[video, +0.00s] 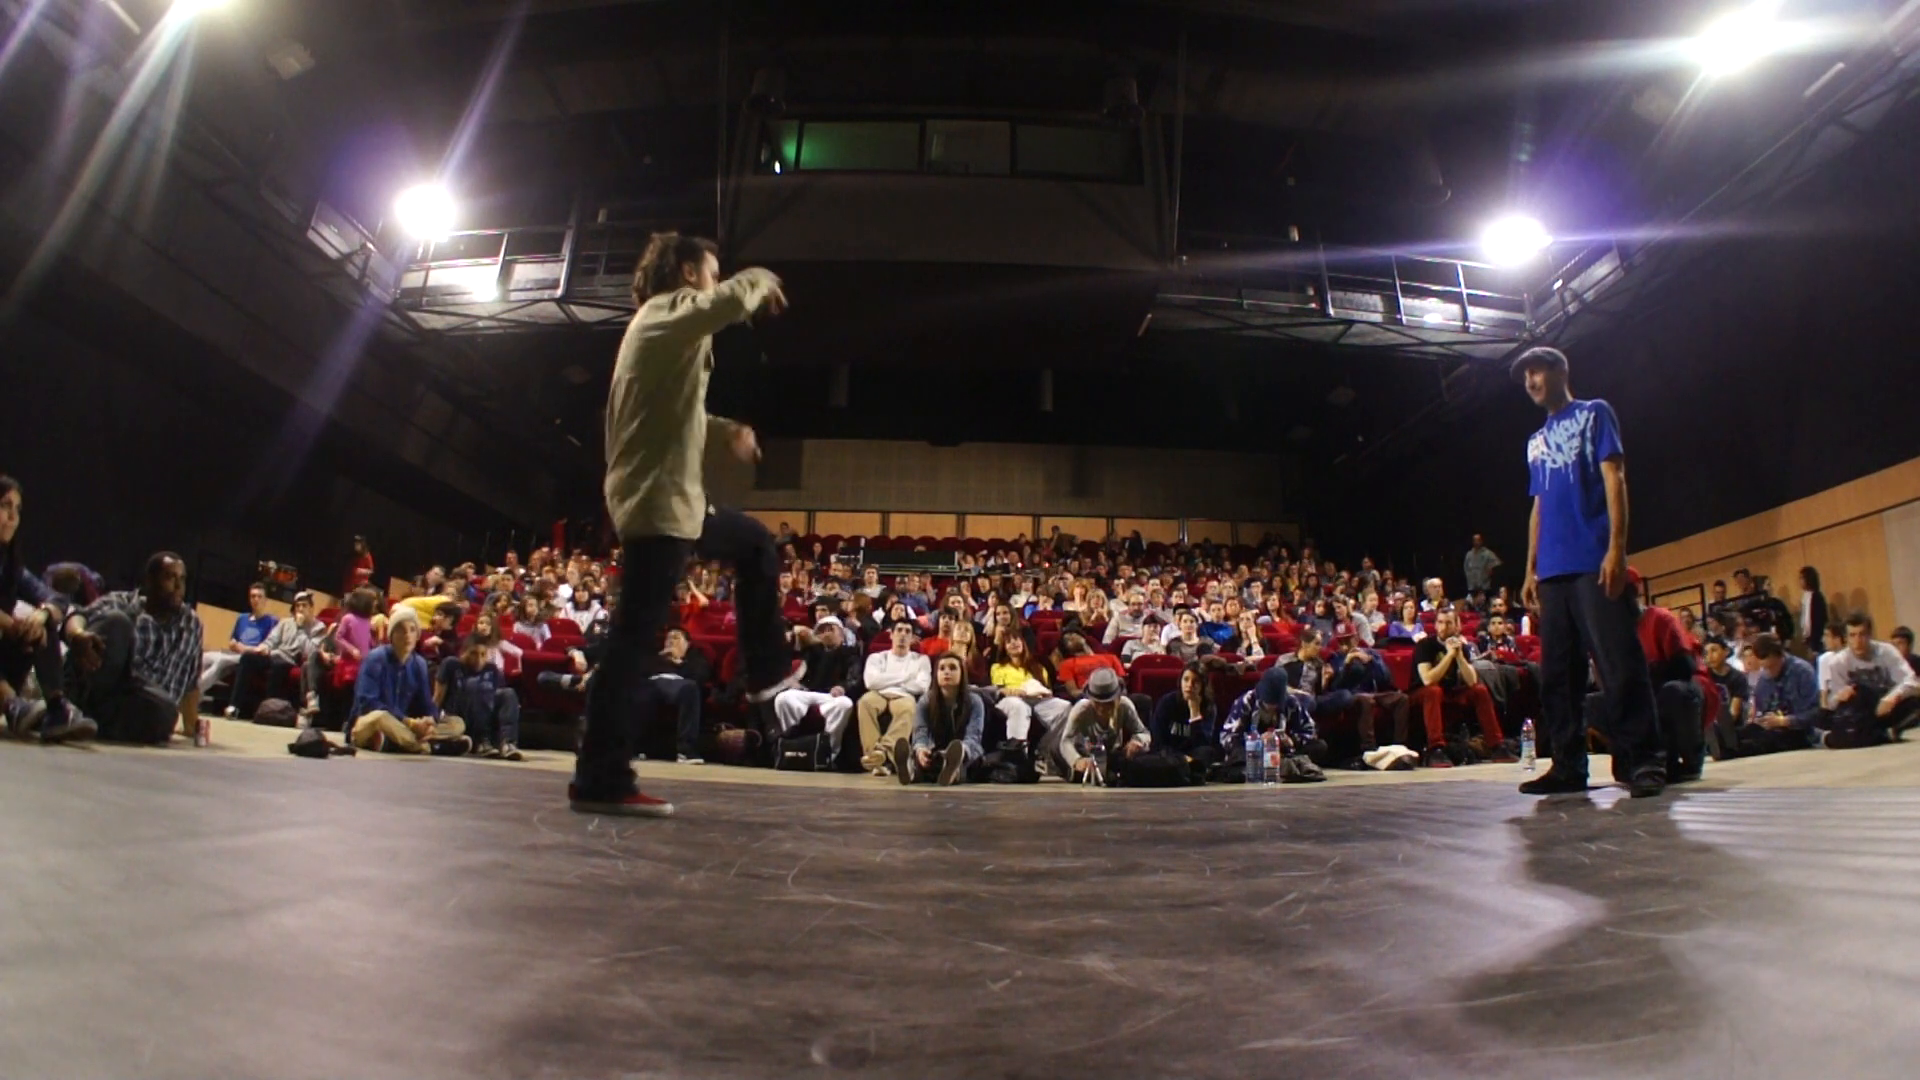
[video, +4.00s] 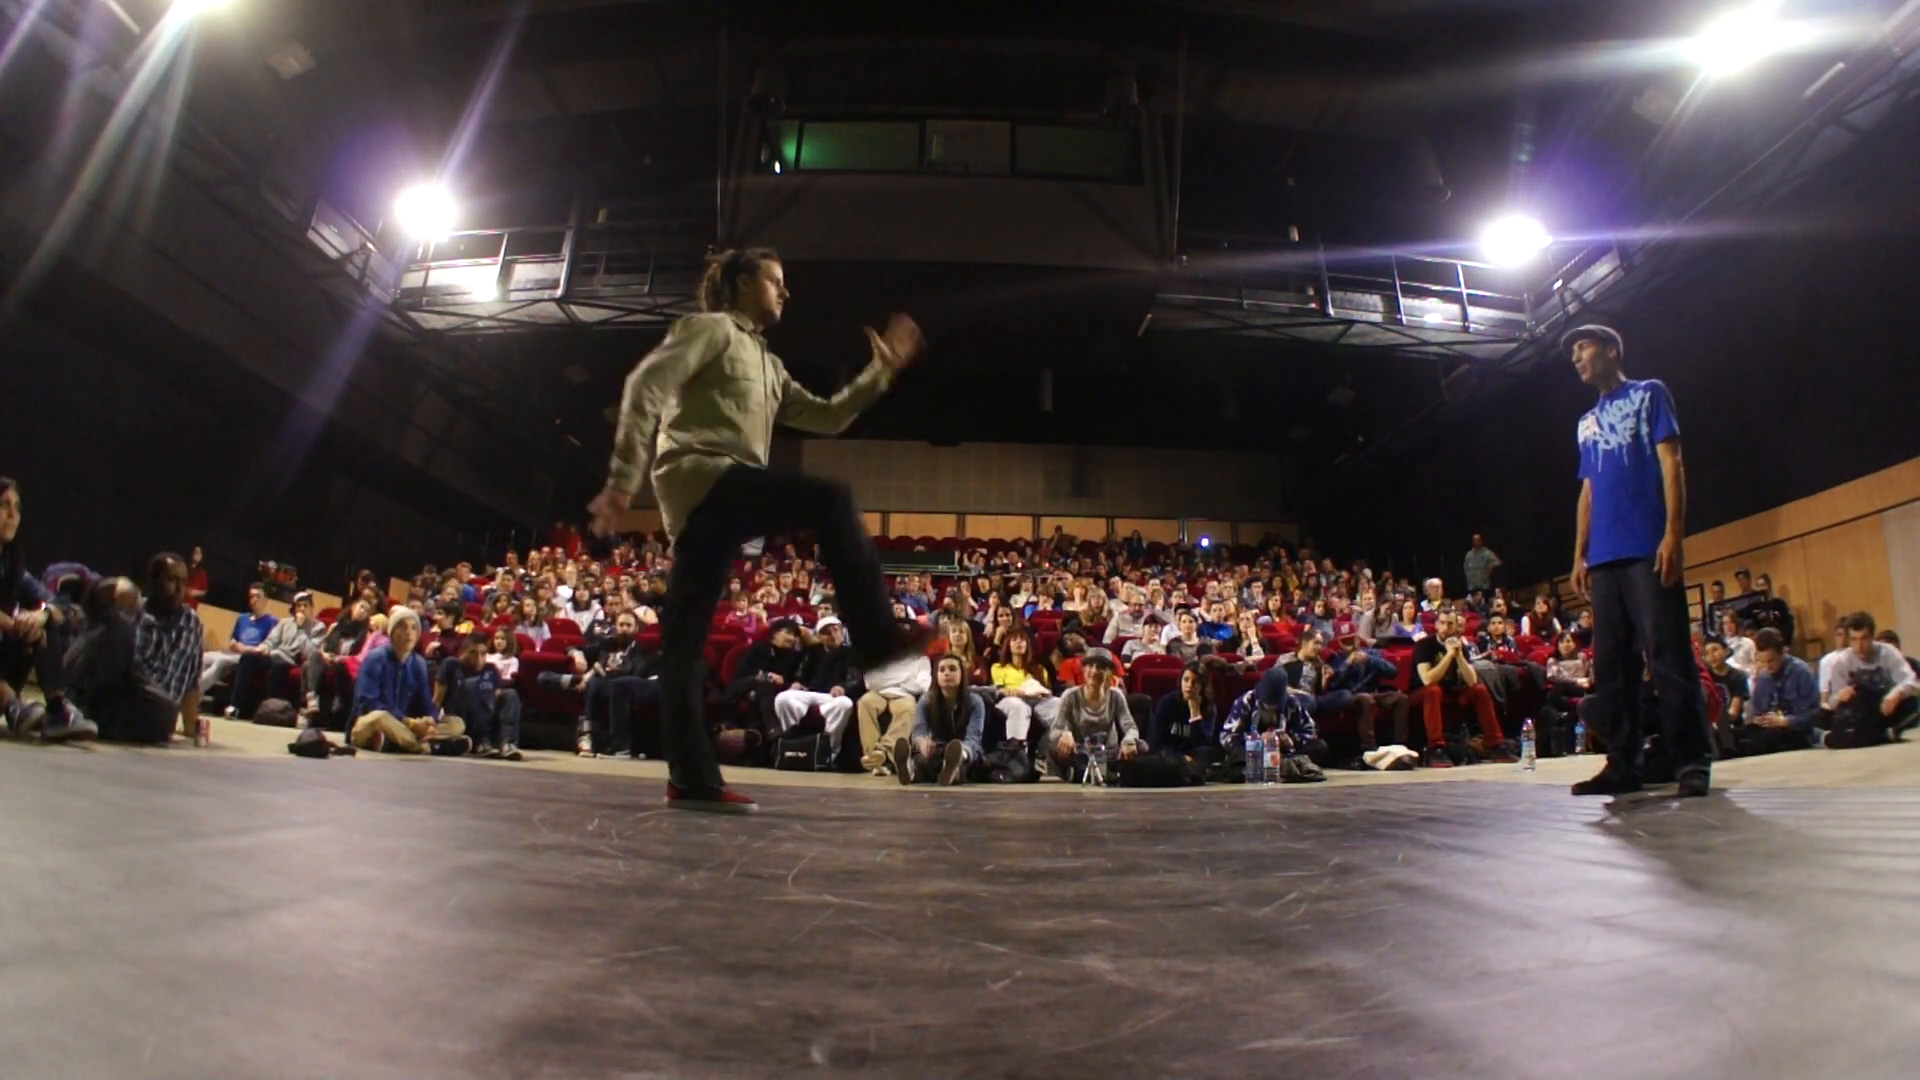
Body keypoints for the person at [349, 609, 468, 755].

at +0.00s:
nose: (407, 636)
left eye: (412, 630)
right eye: (401, 631)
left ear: (417, 635)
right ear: (391, 635)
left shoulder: (419, 664)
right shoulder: (375, 658)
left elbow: (426, 704)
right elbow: (367, 702)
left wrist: (430, 721)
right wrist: (406, 722)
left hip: (410, 725)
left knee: (457, 724)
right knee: (380, 717)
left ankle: (393, 744)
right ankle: (427, 748)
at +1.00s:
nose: (408, 636)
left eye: (413, 630)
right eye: (402, 631)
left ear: (418, 635)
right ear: (391, 635)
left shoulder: (420, 664)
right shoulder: (375, 659)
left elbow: (426, 703)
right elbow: (367, 703)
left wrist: (430, 720)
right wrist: (406, 722)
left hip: (412, 724)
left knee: (457, 724)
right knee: (380, 717)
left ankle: (394, 744)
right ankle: (426, 748)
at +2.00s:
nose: (408, 637)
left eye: (413, 631)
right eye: (401, 631)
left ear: (418, 635)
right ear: (391, 635)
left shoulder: (420, 664)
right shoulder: (376, 658)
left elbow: (426, 704)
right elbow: (367, 703)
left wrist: (430, 720)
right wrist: (407, 722)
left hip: (412, 725)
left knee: (457, 724)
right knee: (381, 717)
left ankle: (395, 744)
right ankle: (426, 748)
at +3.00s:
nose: (408, 637)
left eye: (412, 631)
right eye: (401, 632)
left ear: (418, 635)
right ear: (391, 635)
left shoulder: (419, 664)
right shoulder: (375, 659)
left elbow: (427, 704)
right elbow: (367, 704)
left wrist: (430, 720)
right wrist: (407, 722)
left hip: (411, 725)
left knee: (457, 724)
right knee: (381, 717)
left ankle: (394, 744)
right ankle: (425, 748)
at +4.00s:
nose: (409, 633)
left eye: (414, 628)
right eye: (402, 627)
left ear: (418, 634)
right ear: (391, 632)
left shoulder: (419, 664)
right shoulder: (375, 659)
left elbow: (426, 705)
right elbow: (367, 703)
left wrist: (430, 721)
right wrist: (407, 722)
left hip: (411, 726)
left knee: (457, 723)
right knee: (380, 718)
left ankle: (394, 744)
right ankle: (425, 748)